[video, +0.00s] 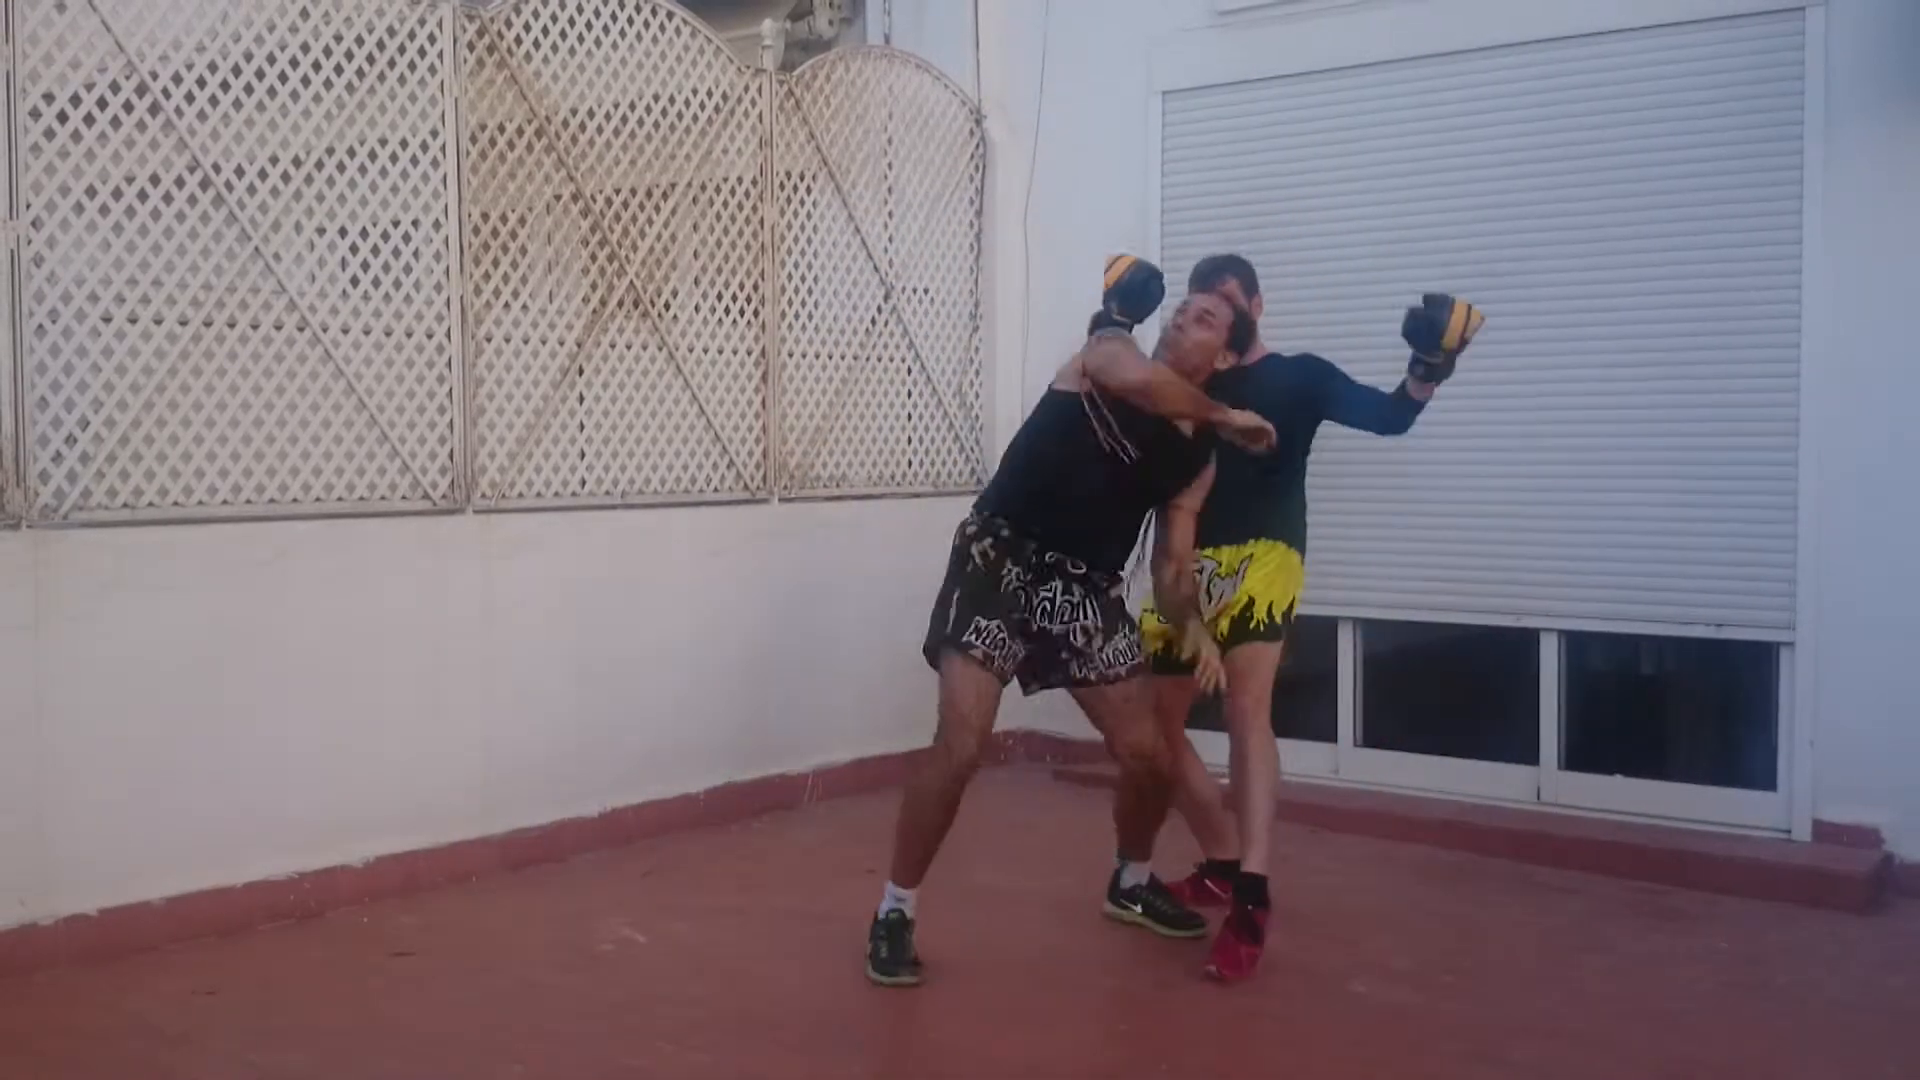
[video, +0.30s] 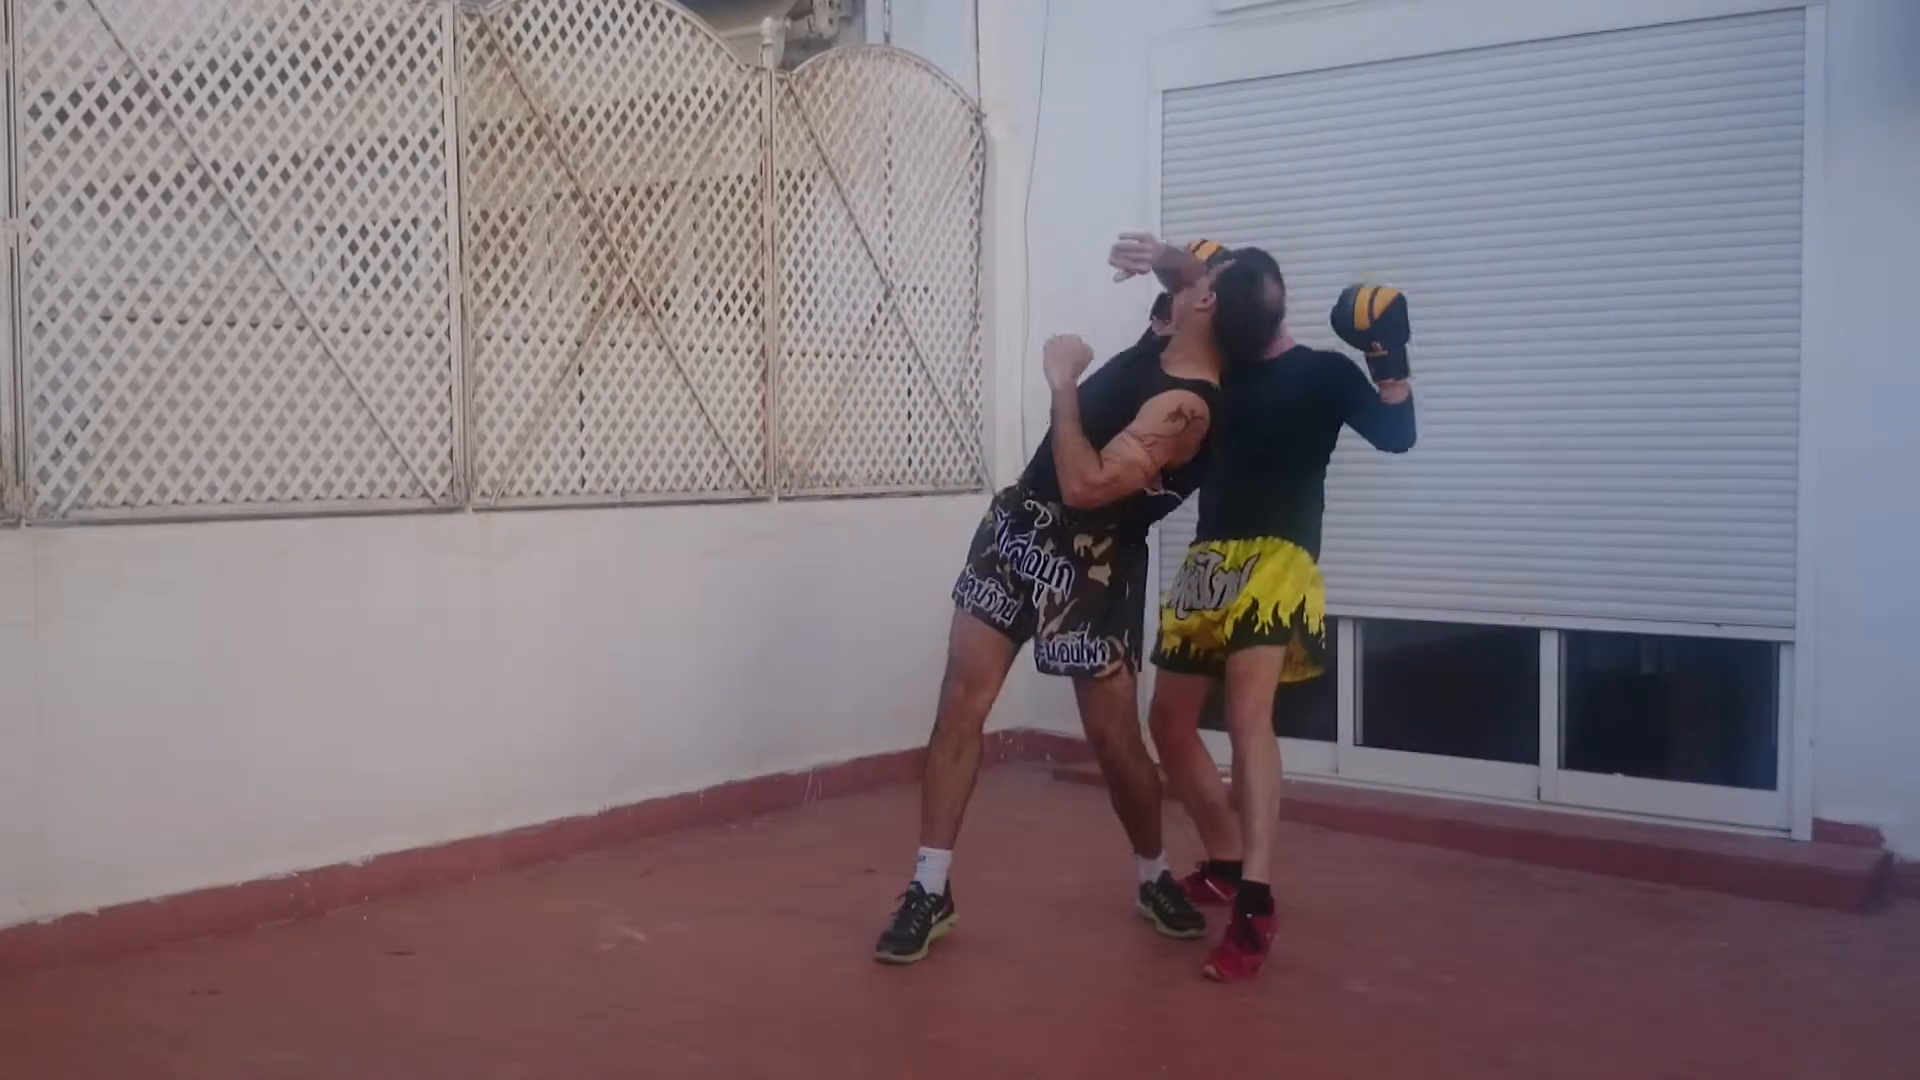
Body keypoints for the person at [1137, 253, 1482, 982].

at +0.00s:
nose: (1210, 311)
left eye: (1223, 301)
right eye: (1202, 300)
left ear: (1253, 309)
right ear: (1191, 310)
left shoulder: (1294, 377)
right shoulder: (1176, 379)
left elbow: (1392, 416)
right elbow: (1104, 388)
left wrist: (1429, 364)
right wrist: (1113, 321)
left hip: (1259, 554)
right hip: (1180, 557)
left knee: (1247, 713)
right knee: (1158, 731)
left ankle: (1251, 888)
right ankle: (1222, 858)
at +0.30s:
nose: (1226, 309)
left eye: (1236, 297)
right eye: (1220, 298)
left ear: (1271, 301)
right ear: (1217, 307)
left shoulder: (1324, 369)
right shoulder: (1216, 375)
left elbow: (1396, 437)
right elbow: (1179, 477)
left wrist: (1388, 361)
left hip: (1275, 556)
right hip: (1207, 556)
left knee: (1248, 713)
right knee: (1170, 725)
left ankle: (1254, 905)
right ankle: (1227, 864)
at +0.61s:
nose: (1277, 309)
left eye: (1287, 295)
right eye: (1270, 298)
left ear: (1329, 286)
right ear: (1266, 300)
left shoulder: (1380, 360)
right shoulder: (1262, 361)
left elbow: (1446, 450)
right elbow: (1183, 393)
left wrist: (1424, 398)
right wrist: (1141, 338)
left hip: (1337, 557)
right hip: (1267, 556)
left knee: (1316, 722)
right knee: (1198, 711)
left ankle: (1370, 903)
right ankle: (1227, 866)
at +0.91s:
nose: (1386, 284)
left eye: (1399, 270)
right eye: (1386, 272)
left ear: (1449, 272)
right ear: (1423, 279)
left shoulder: (1504, 354)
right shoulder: (1419, 363)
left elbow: (1557, 454)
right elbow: (1428, 454)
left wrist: (1480, 477)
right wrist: (1375, 456)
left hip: (1491, 577)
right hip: (1418, 566)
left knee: (1473, 762)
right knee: (1355, 719)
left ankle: (1530, 913)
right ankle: (1324, 869)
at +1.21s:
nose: (1548, 298)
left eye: (1555, 280)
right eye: (1543, 283)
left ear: (1604, 264)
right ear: (1600, 272)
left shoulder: (1666, 334)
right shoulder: (1610, 347)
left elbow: (1640, 433)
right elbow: (1537, 440)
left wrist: (1561, 404)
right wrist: (1492, 387)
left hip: (1643, 567)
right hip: (1644, 564)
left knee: (1554, 735)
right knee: (1651, 748)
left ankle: (1571, 916)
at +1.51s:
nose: (1674, 279)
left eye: (1680, 261)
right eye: (1671, 264)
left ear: (1728, 249)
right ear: (1740, 250)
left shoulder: (1760, 332)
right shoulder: (1799, 324)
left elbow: (1714, 446)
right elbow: (1737, 437)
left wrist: (1656, 380)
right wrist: (1661, 370)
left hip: (1781, 572)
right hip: (1834, 570)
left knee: (1690, 740)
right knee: (1810, 762)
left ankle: (1726, 960)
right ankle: (1859, 944)